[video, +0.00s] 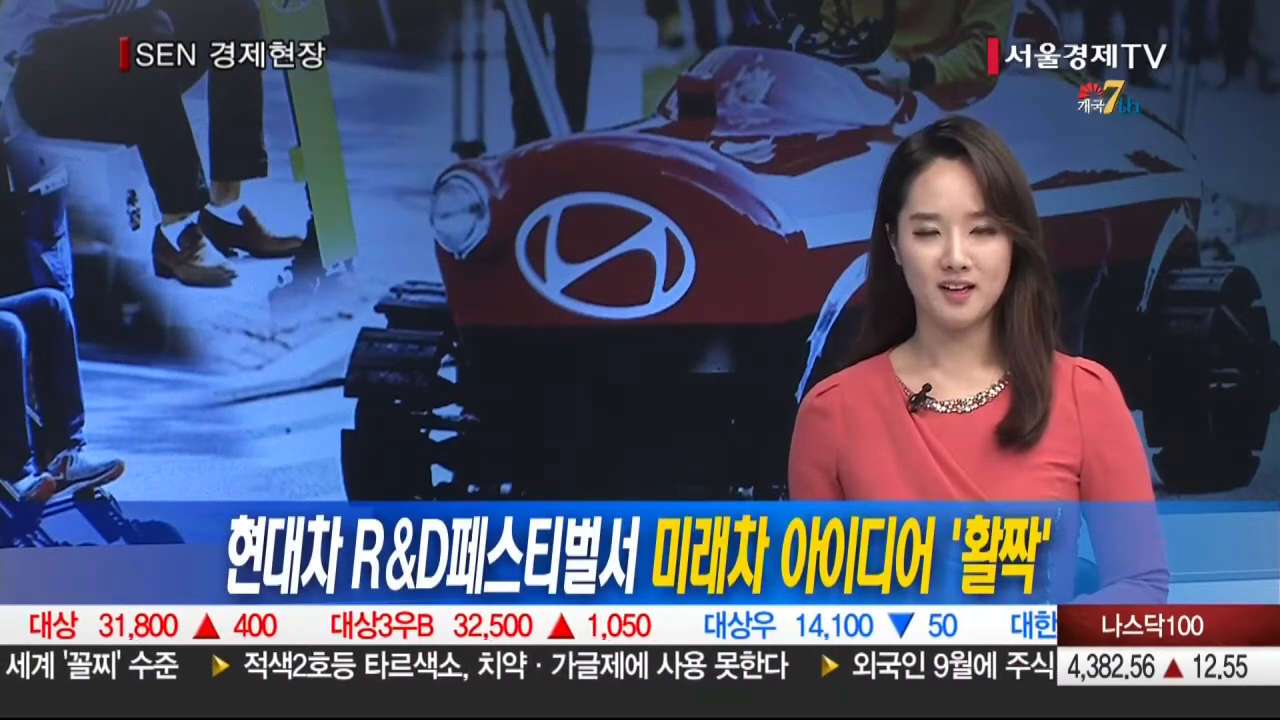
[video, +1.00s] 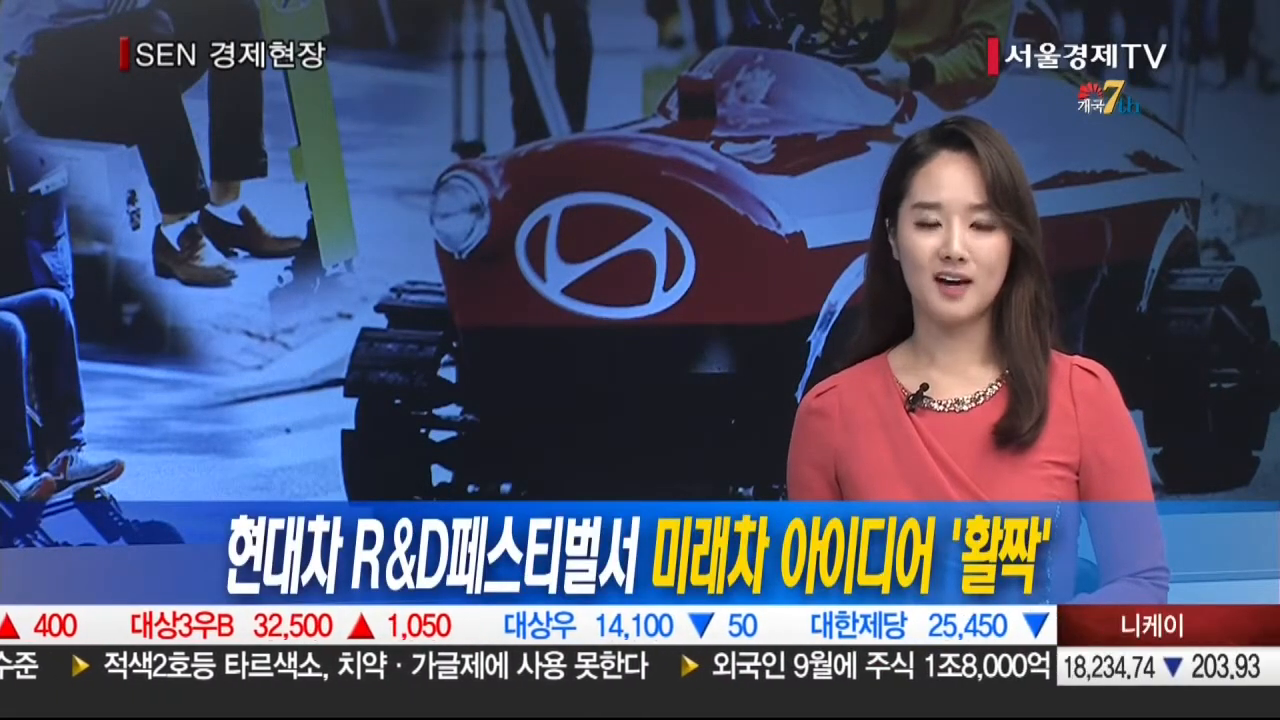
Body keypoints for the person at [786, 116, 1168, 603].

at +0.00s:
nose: (956, 259)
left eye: (982, 230)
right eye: (928, 232)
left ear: (1017, 243)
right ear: (895, 245)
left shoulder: (1085, 397)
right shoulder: (831, 413)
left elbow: (1142, 583)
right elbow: (813, 604)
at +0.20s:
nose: (956, 259)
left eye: (982, 229)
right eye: (927, 232)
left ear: (1016, 244)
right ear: (894, 246)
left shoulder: (1085, 396)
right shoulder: (830, 413)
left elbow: (1144, 580)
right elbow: (812, 603)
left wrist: (1035, 641)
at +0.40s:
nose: (955, 254)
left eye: (982, 226)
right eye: (927, 226)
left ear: (1016, 243)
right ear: (893, 243)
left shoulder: (1084, 396)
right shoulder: (830, 413)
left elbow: (1142, 580)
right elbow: (812, 603)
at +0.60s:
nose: (955, 247)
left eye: (982, 221)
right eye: (927, 221)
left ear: (1016, 241)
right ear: (894, 241)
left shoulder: (1083, 396)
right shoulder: (830, 413)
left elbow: (1142, 581)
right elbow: (810, 603)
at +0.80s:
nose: (955, 248)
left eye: (982, 222)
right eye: (927, 222)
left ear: (1016, 241)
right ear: (894, 241)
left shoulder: (1084, 396)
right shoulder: (830, 413)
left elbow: (1143, 582)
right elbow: (811, 603)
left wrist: (1031, 639)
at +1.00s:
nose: (954, 249)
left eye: (982, 224)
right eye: (928, 222)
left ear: (1015, 243)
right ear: (893, 239)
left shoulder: (1083, 396)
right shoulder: (829, 414)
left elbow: (1142, 580)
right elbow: (811, 604)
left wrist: (1041, 647)